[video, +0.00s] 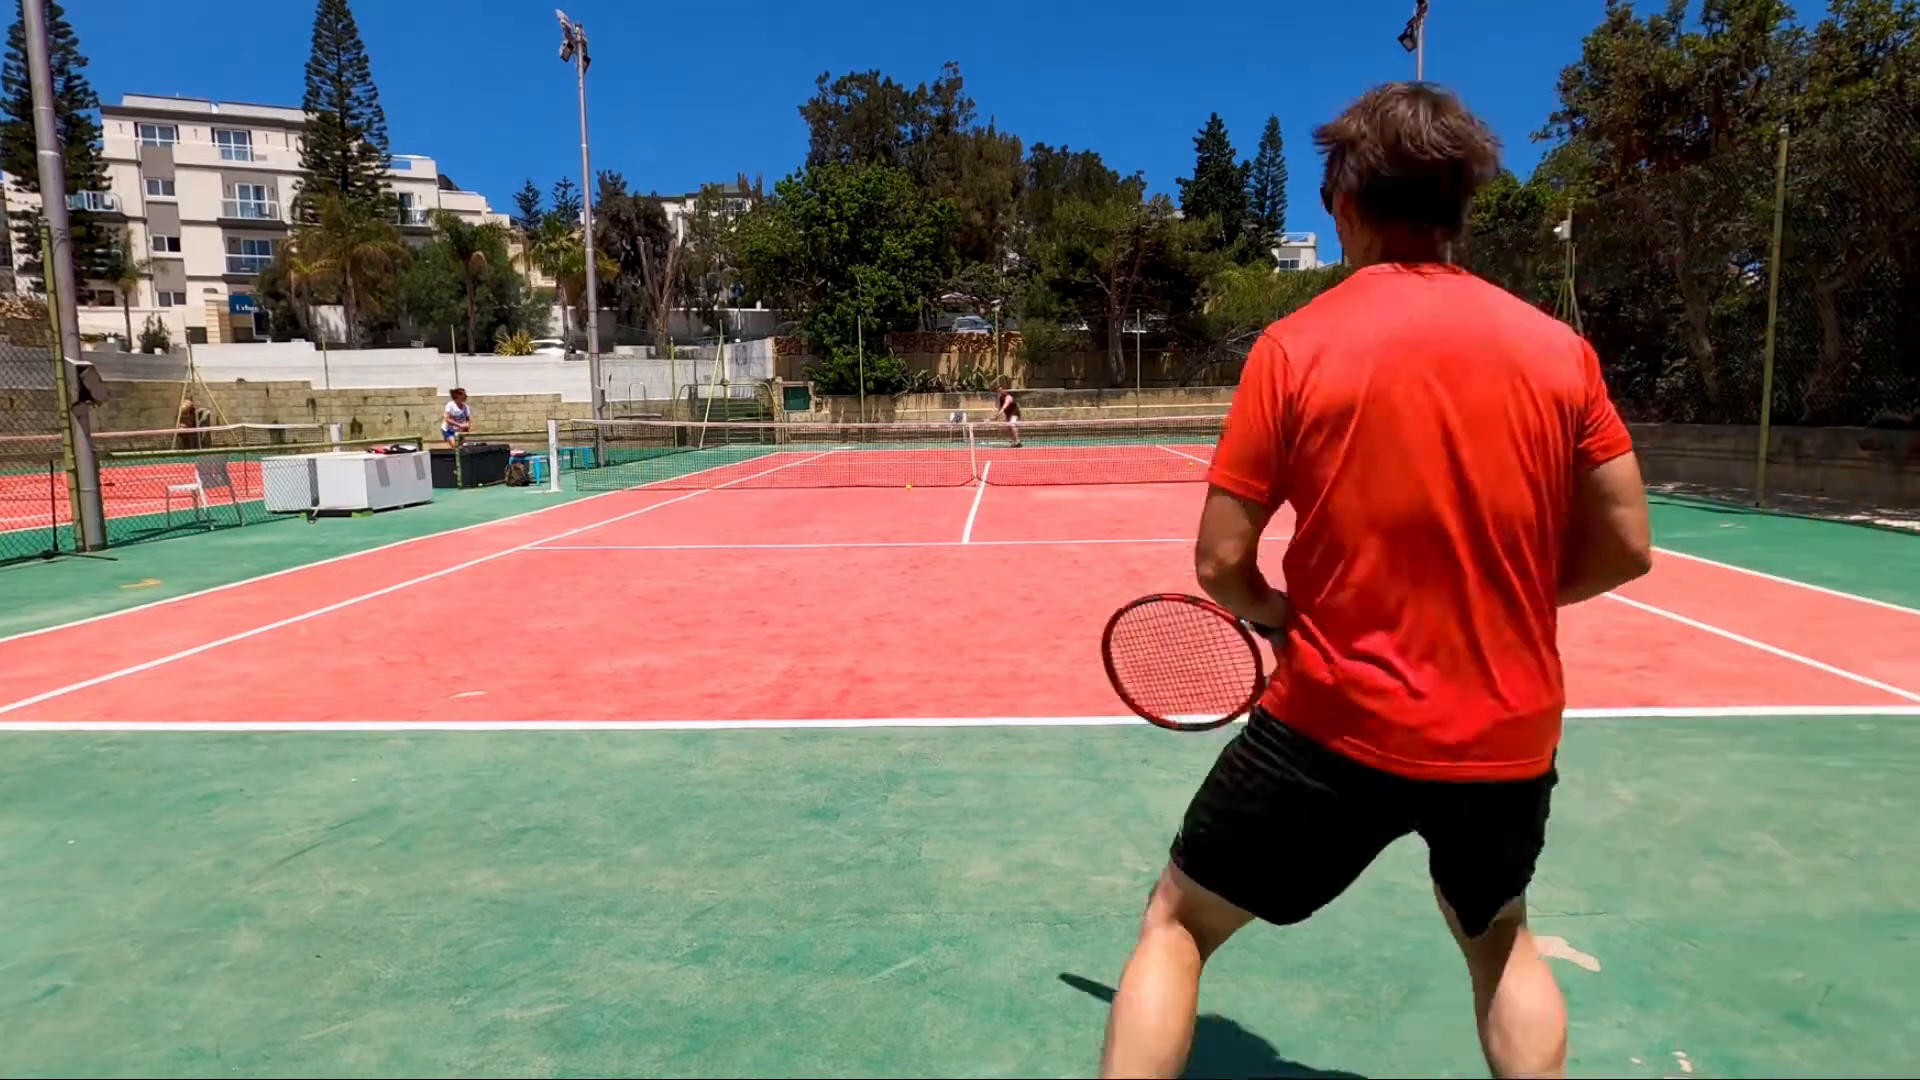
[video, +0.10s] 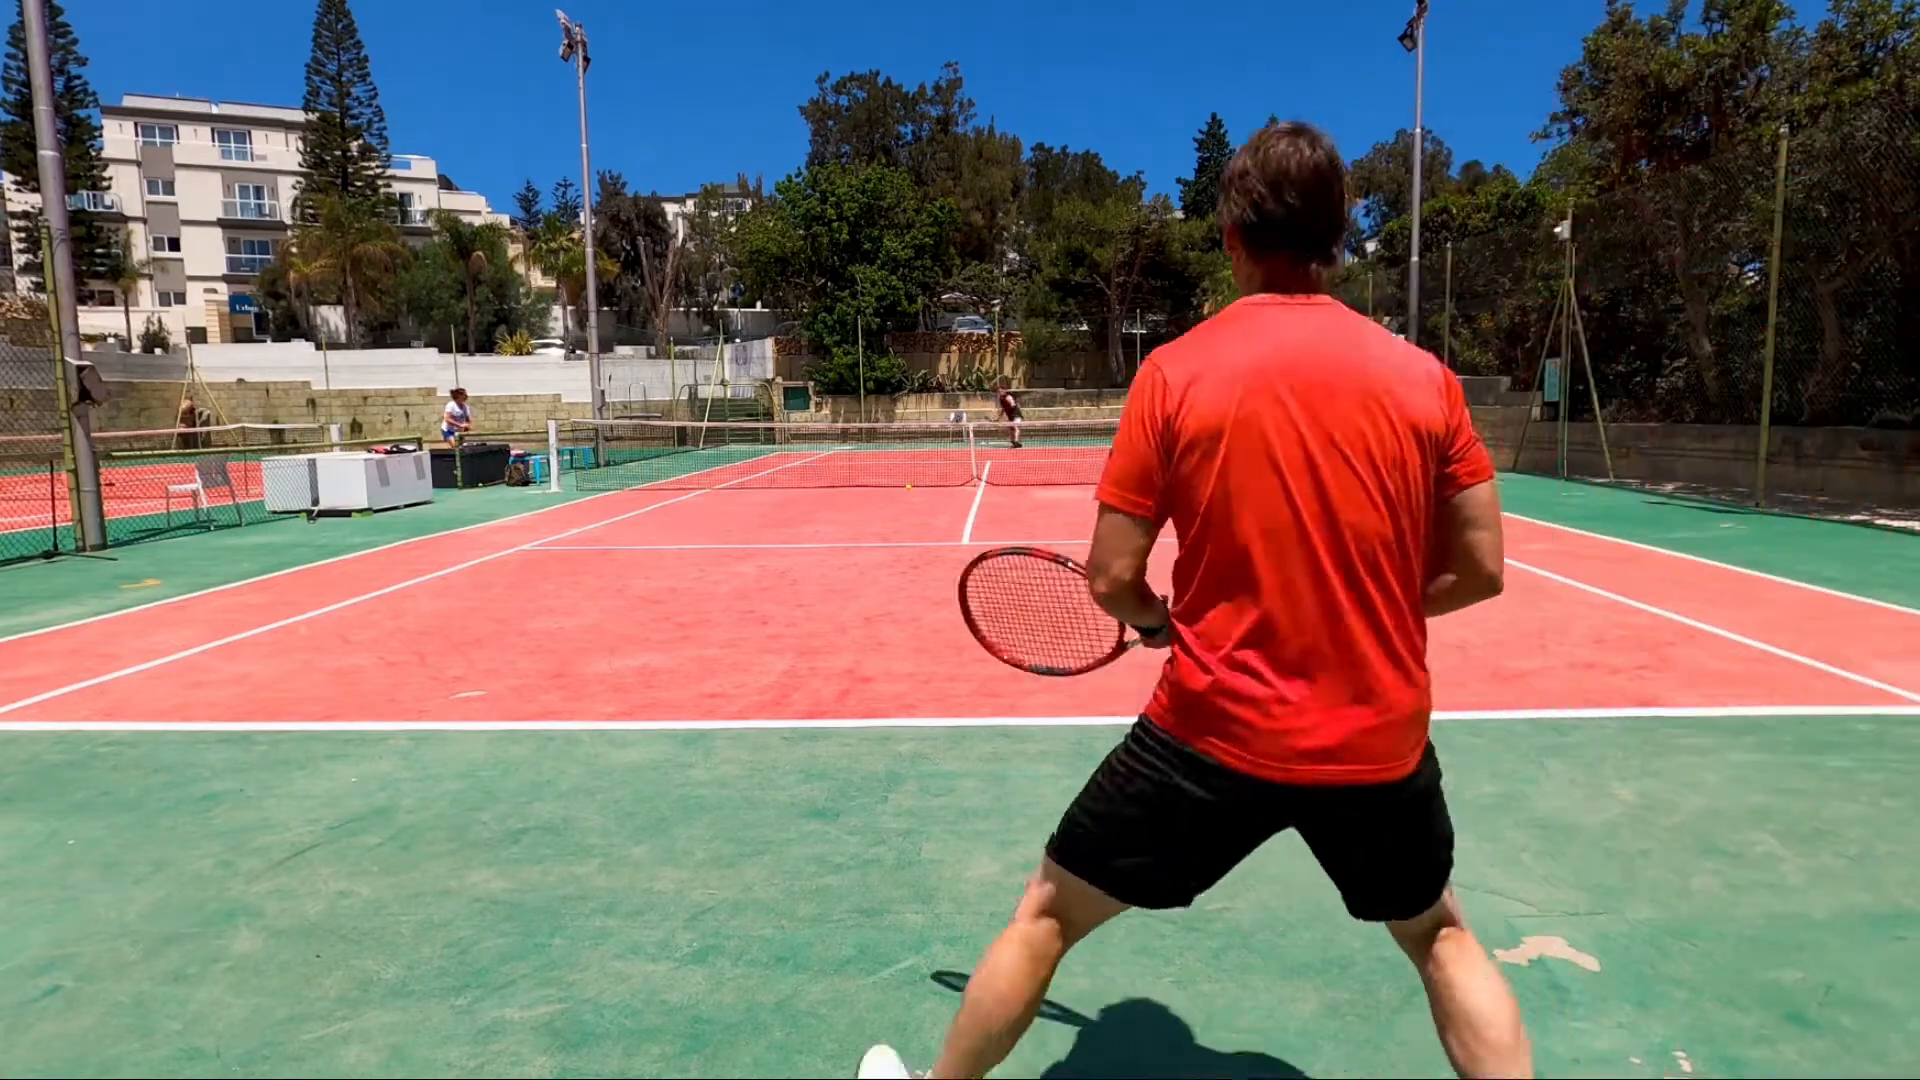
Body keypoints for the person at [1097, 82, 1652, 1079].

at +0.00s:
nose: (1332, 204)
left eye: (1336, 186)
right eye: (1338, 185)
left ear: (1349, 198)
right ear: (1464, 203)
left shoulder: (1297, 347)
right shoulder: (1555, 347)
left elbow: (1222, 561)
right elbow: (1621, 546)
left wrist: (1285, 614)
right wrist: (1497, 590)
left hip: (1336, 729)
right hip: (1505, 739)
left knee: (1182, 924)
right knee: (1501, 934)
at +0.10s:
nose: (1224, 240)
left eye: (1226, 225)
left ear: (1233, 234)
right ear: (1338, 234)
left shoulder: (1179, 371)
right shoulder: (1418, 375)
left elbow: (1113, 576)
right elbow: (1477, 566)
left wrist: (1158, 611)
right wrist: (1371, 600)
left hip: (1211, 737)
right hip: (1376, 747)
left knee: (1049, 916)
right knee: (1438, 931)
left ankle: (941, 1075)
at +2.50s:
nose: (583, 265)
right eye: (580, 253)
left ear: (483, 272)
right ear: (570, 258)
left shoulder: (445, 386)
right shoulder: (640, 350)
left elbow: (363, 546)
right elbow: (775, 445)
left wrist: (321, 649)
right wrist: (866, 469)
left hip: (518, 666)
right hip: (652, 647)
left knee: (482, 865)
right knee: (718, 794)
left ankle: (456, 1071)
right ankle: (732, 1002)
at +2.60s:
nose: (604, 237)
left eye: (597, 227)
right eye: (602, 226)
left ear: (508, 242)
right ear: (593, 232)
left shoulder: (461, 355)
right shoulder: (647, 336)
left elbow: (397, 518)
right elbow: (745, 478)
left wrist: (423, 609)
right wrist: (792, 561)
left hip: (520, 643)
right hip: (650, 625)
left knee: (495, 855)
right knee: (727, 787)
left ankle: (464, 1068)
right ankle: (731, 1002)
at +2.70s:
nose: (655, 225)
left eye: (648, 212)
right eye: (652, 213)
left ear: (552, 221)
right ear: (640, 221)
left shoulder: (492, 327)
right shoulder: (678, 326)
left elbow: (441, 482)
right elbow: (735, 479)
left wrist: (510, 555)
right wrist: (737, 574)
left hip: (539, 626)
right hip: (664, 611)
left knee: (512, 839)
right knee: (736, 784)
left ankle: (468, 1067)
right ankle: (731, 1004)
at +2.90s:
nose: (719, 278)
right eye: (721, 267)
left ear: (637, 268)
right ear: (718, 274)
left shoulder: (569, 360)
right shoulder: (746, 372)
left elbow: (502, 491)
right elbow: (778, 529)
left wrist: (572, 542)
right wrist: (715, 581)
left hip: (576, 638)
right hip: (698, 639)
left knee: (547, 808)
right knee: (758, 815)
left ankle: (478, 1001)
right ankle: (730, 1031)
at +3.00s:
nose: (724, 250)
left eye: (717, 239)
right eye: (724, 239)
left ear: (636, 239)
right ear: (713, 242)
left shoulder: (572, 324)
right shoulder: (747, 336)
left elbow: (500, 451)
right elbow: (792, 485)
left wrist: (569, 509)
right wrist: (727, 538)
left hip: (583, 597)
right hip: (699, 603)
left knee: (555, 765)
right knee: (754, 787)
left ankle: (509, 957)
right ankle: (738, 1010)